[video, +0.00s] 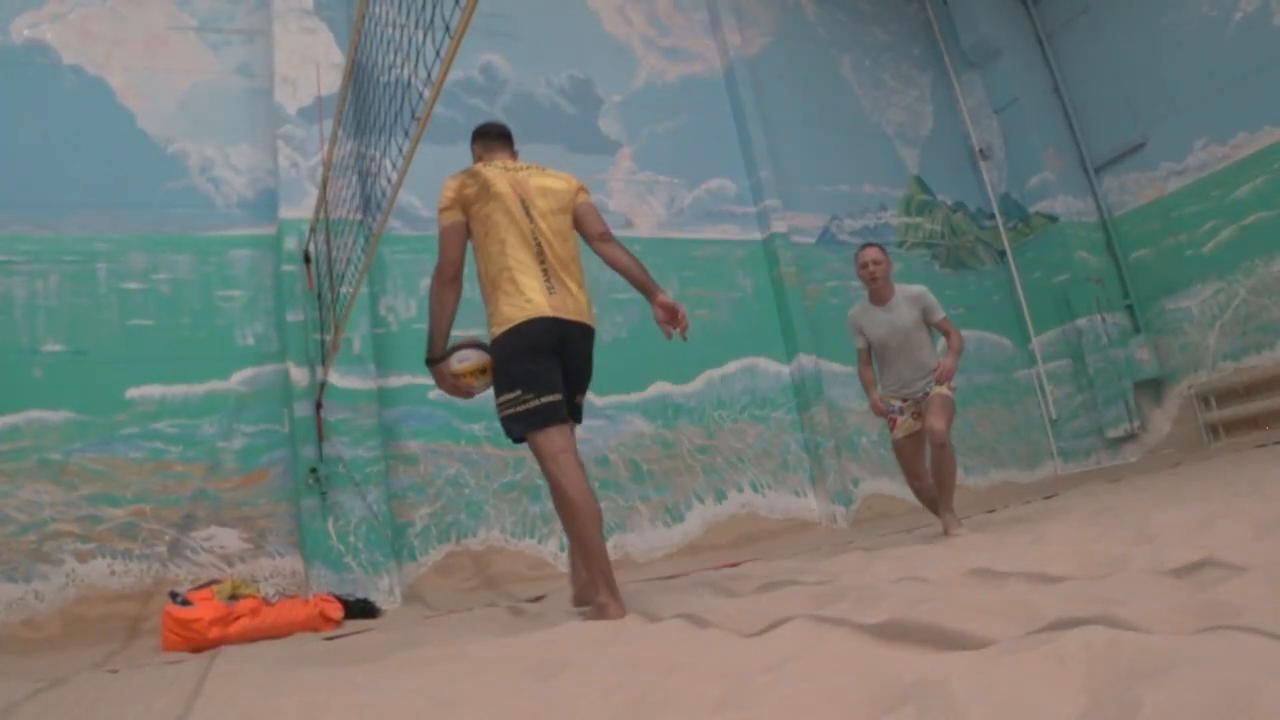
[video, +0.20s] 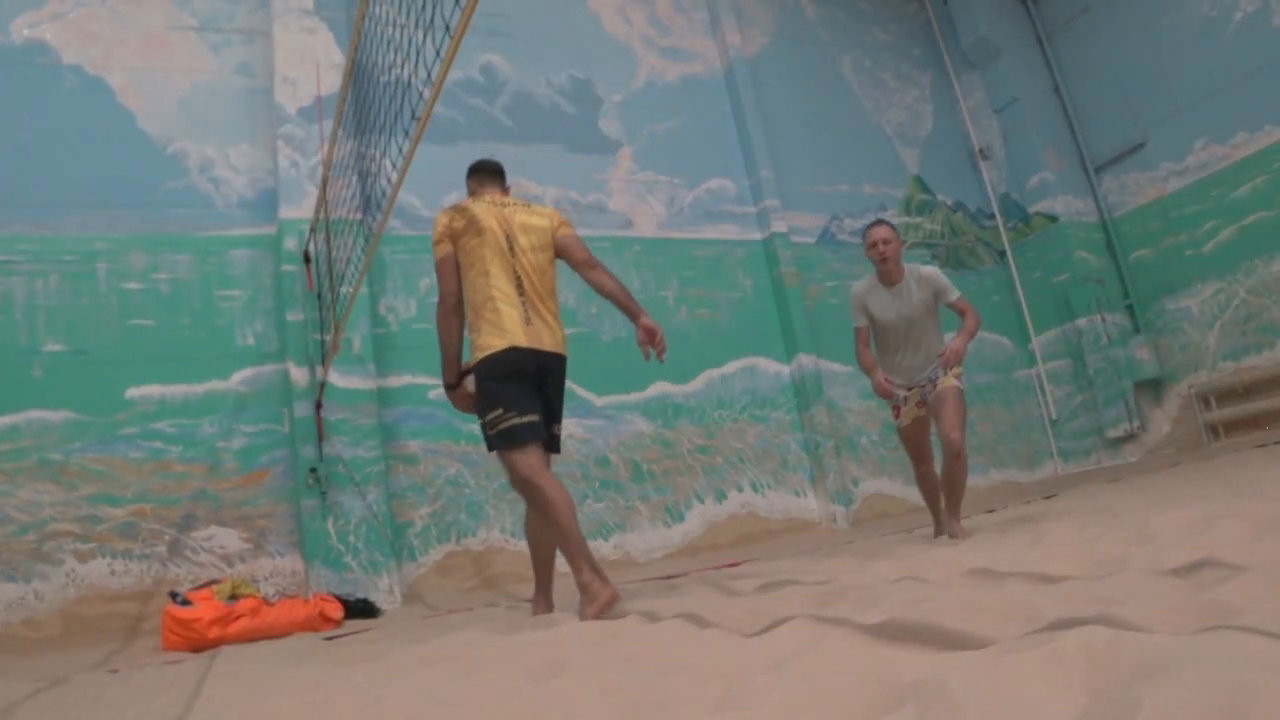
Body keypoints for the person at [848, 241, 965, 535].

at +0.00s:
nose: (871, 270)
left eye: (877, 263)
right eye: (864, 266)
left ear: (889, 266)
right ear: (858, 274)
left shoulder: (918, 296)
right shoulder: (858, 316)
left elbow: (953, 334)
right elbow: (864, 363)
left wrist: (951, 358)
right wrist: (873, 395)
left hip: (933, 385)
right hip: (897, 400)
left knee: (938, 433)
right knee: (916, 479)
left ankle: (947, 512)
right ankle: (947, 518)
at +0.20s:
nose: (881, 250)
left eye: (887, 242)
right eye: (874, 246)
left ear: (900, 245)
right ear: (867, 254)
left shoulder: (929, 277)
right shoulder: (862, 294)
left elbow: (971, 315)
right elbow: (862, 346)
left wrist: (960, 341)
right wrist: (875, 376)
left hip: (940, 374)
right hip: (900, 388)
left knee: (954, 442)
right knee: (922, 465)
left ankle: (954, 519)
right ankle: (938, 521)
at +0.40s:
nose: (889, 232)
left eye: (895, 223)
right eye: (880, 227)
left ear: (909, 227)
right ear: (874, 236)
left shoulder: (941, 262)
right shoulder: (868, 279)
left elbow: (980, 313)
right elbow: (865, 328)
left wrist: (956, 333)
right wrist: (866, 382)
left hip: (950, 370)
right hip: (904, 375)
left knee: (962, 458)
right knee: (924, 456)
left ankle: (955, 527)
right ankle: (926, 493)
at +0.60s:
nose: (875, 180)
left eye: (881, 171)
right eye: (865, 176)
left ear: (896, 175)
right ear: (858, 186)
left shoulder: (933, 208)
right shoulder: (856, 236)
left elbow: (977, 262)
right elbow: (857, 287)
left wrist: (946, 287)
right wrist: (863, 343)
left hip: (954, 328)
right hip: (905, 332)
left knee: (962, 432)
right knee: (928, 406)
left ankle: (968, 515)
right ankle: (962, 511)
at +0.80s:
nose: (875, 159)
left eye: (881, 149)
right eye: (864, 155)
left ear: (899, 152)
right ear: (855, 167)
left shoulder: (942, 190)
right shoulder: (854, 229)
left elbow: (985, 237)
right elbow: (849, 301)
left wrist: (1001, 281)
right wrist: (858, 364)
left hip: (972, 323)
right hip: (915, 338)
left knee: (1001, 432)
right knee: (951, 440)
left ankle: (984, 471)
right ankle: (979, 529)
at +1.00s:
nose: (891, 87)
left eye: (898, 74)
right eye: (878, 81)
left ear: (919, 76)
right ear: (868, 95)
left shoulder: (963, 125)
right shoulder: (863, 155)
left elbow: (995, 180)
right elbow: (855, 239)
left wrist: (1031, 221)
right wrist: (884, 270)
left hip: (985, 273)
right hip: (923, 299)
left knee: (1025, 353)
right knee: (951, 425)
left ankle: (1050, 517)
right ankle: (969, 525)